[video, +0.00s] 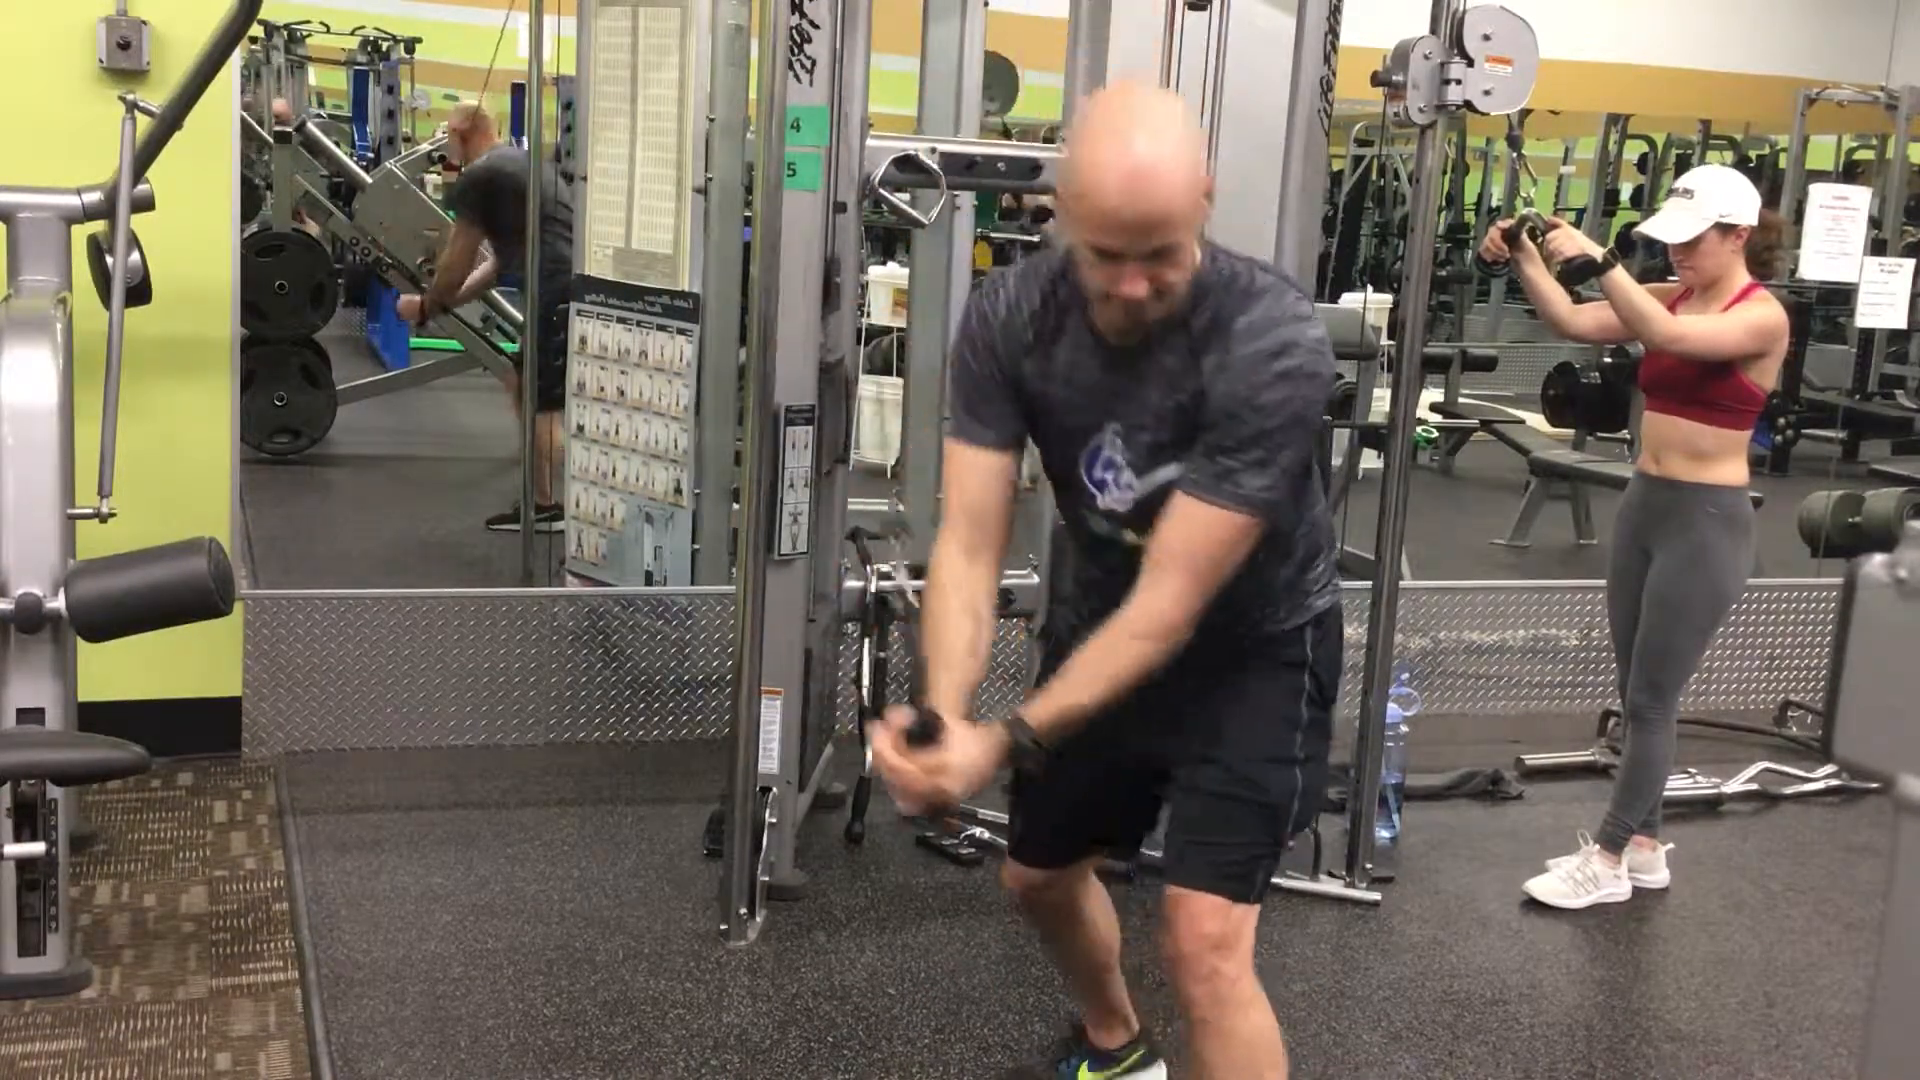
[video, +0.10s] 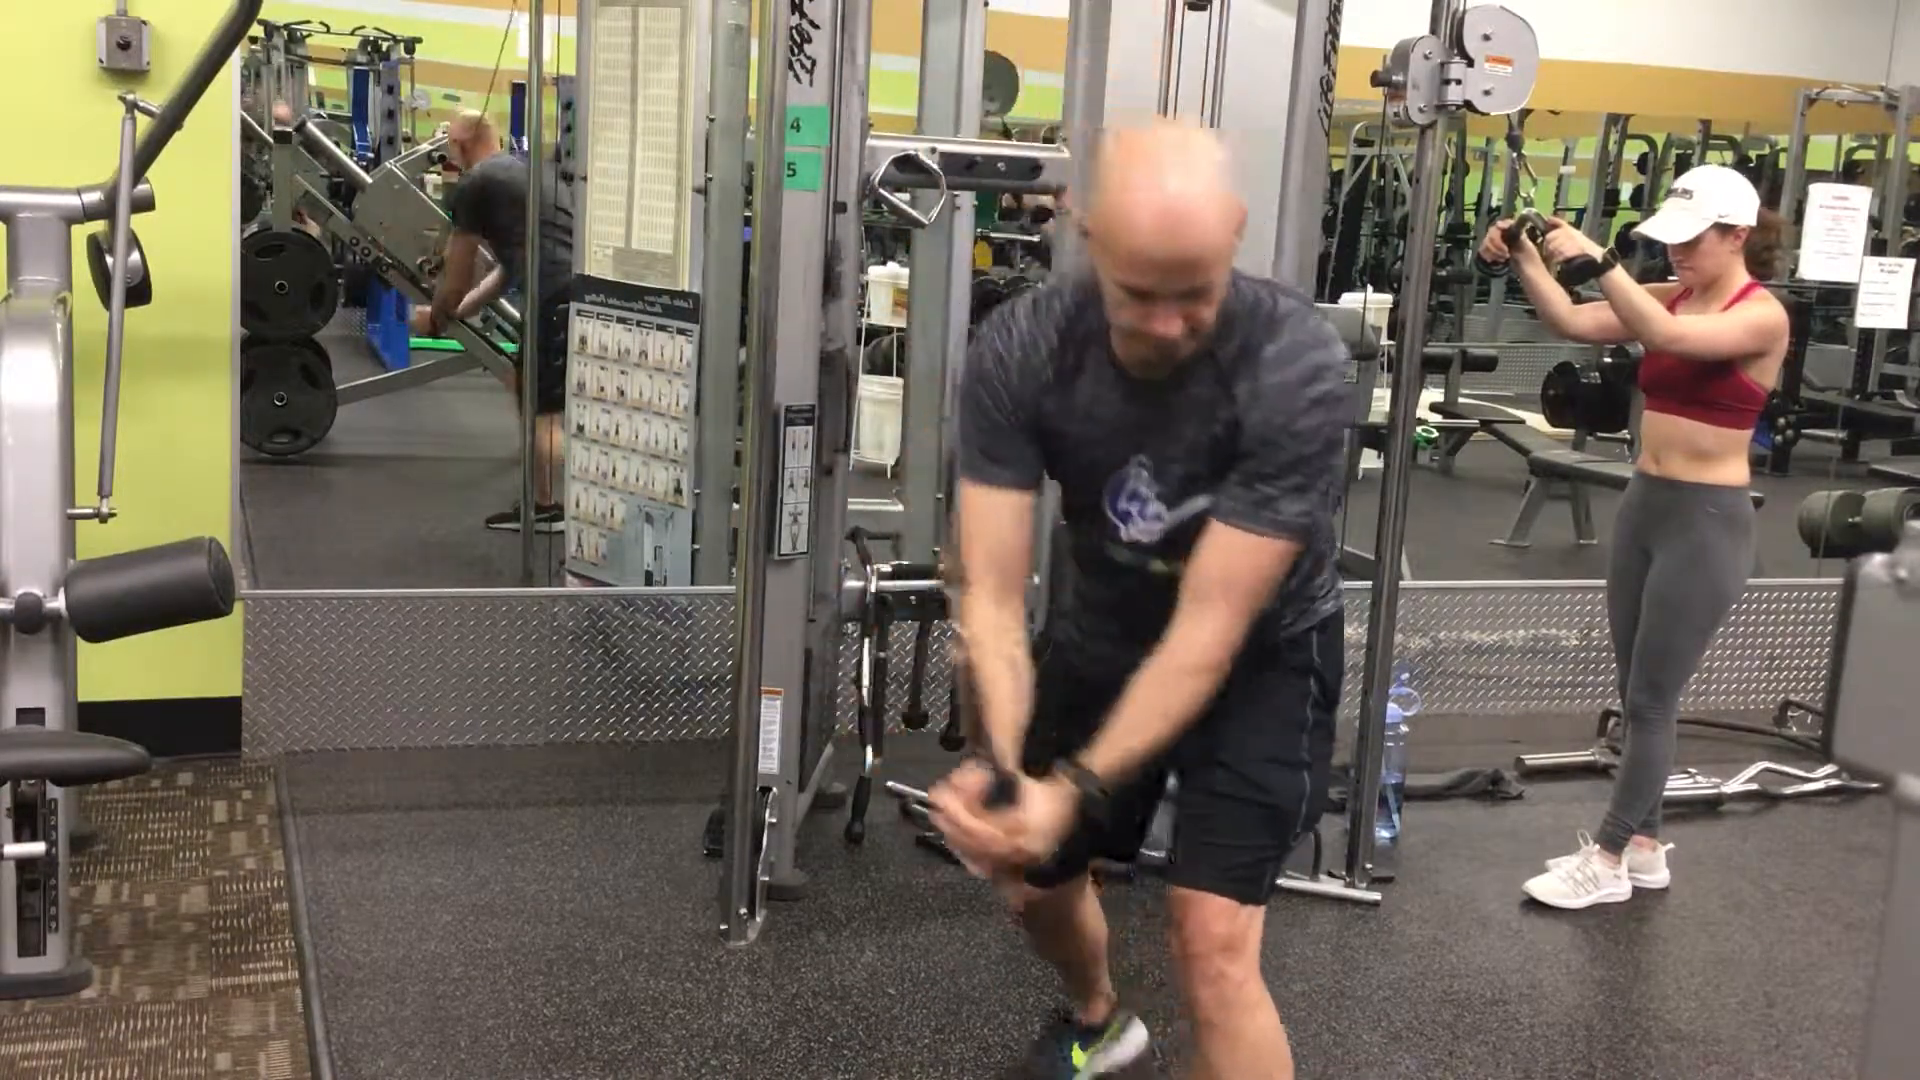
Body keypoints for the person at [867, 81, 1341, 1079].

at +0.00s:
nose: (1131, 286)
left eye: (1161, 256)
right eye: (1103, 256)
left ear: (1204, 211)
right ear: (1061, 212)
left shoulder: (1273, 339)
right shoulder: (1007, 314)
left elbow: (1165, 606)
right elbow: (967, 545)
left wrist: (1007, 735)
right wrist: (946, 712)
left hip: (1256, 638)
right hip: (1100, 618)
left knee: (1204, 936)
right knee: (1043, 880)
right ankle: (1117, 1042)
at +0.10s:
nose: (1166, 326)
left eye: (1195, 296)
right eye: (1136, 296)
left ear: (1235, 245)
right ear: (1086, 238)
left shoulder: (1297, 368)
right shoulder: (1017, 350)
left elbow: (1212, 619)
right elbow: (992, 587)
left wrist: (1076, 790)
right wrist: (1003, 758)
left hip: (1258, 640)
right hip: (1100, 623)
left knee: (1212, 947)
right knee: (1036, 868)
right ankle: (1096, 1019)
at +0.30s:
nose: (1237, 415)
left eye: (1261, 384)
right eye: (1206, 386)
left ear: (1295, 336)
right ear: (1144, 318)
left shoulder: (1343, 434)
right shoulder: (1057, 436)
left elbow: (1297, 679)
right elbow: (1079, 703)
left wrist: (1233, 889)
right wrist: (1139, 885)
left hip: (1236, 690)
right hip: (1097, 686)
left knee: (1240, 962)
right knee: (1049, 924)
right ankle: (1028, 993)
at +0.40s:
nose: (1259, 471)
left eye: (1284, 439)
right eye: (1228, 443)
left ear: (1315, 386)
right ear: (1162, 371)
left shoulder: (1356, 473)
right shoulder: (1073, 475)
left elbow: (1322, 719)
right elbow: (1109, 756)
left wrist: (1291, 934)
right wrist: (1203, 942)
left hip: (1243, 719)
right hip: (1088, 706)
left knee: (1246, 946)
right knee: (1050, 941)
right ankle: (1032, 1002)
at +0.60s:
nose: (1282, 562)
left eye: (1306, 533)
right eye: (1253, 534)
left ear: (1335, 482)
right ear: (1186, 460)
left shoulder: (1363, 535)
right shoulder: (1085, 550)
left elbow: (1355, 783)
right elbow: (1151, 843)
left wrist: (1359, 1012)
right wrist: (1289, 1050)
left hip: (1232, 713)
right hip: (1073, 717)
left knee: (1233, 934)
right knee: (1061, 971)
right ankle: (1022, 998)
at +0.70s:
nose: (1290, 587)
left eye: (1313, 558)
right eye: (1260, 559)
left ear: (1342, 503)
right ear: (1191, 487)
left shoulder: (1365, 554)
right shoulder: (1087, 571)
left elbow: (1360, 796)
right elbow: (1160, 871)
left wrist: (1372, 1029)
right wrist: (1297, 1059)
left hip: (1230, 719)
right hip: (1072, 723)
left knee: (1230, 930)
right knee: (1062, 975)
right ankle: (1016, 997)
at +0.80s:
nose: (1291, 597)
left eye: (1315, 567)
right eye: (1262, 569)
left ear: (1343, 512)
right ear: (1191, 497)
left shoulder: (1365, 560)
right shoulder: (1084, 584)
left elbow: (1359, 801)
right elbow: (1158, 879)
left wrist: (1374, 1039)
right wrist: (1297, 1064)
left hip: (1230, 716)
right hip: (1074, 721)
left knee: (1226, 924)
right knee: (1065, 975)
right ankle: (1014, 994)